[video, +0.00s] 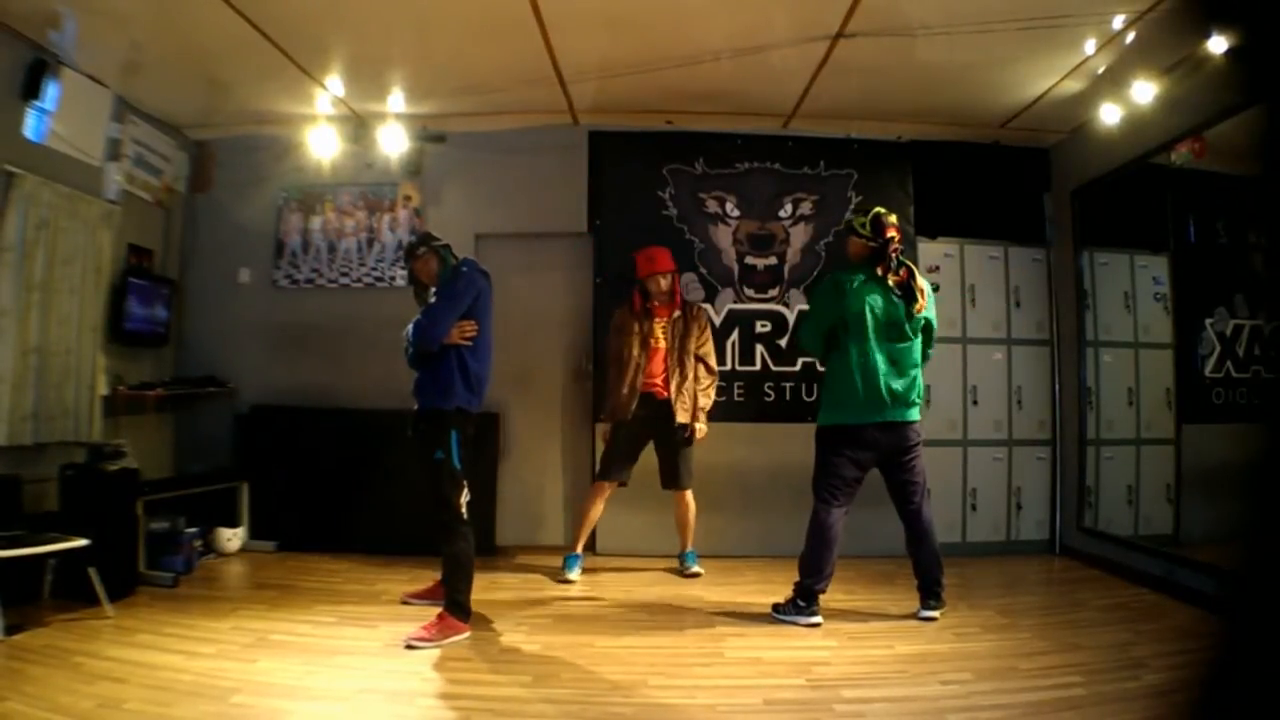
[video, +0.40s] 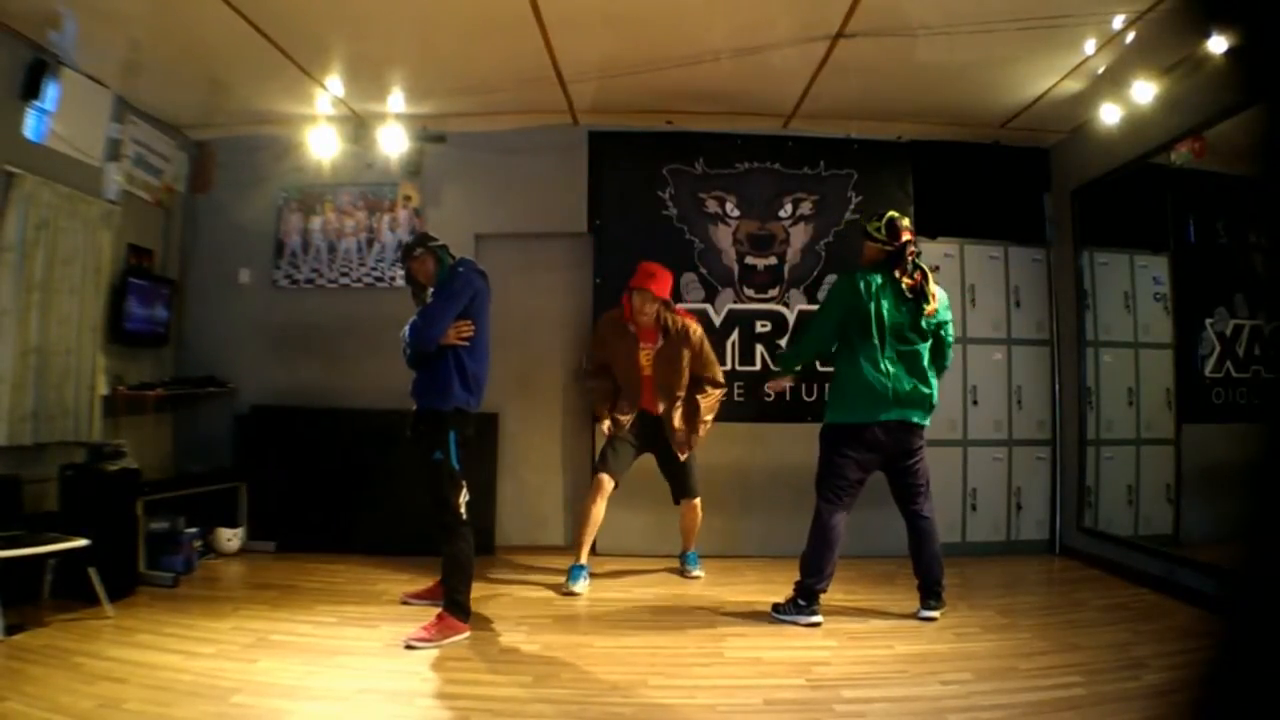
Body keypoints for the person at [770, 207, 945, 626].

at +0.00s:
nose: (842, 243)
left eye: (848, 236)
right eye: (846, 235)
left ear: (863, 245)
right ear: (887, 246)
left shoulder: (837, 285)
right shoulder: (918, 285)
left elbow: (807, 341)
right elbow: (924, 349)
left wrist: (843, 349)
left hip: (847, 416)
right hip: (903, 417)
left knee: (830, 505)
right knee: (916, 507)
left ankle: (806, 600)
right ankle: (932, 598)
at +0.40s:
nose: (862, 249)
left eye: (868, 243)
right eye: (866, 241)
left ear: (882, 249)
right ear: (905, 249)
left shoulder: (854, 285)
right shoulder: (932, 294)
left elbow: (819, 335)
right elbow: (942, 358)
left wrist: (785, 370)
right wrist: (916, 379)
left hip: (855, 412)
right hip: (909, 416)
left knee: (832, 506)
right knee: (918, 506)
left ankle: (806, 599)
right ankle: (932, 597)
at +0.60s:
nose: (869, 251)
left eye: (875, 246)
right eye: (873, 245)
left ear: (887, 252)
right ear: (912, 254)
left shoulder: (856, 287)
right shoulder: (939, 300)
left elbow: (816, 332)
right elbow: (960, 365)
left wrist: (779, 373)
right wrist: (958, 419)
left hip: (854, 423)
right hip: (909, 426)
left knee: (835, 508)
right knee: (920, 508)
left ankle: (807, 599)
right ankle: (931, 598)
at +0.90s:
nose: (857, 262)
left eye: (863, 254)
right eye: (859, 253)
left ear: (884, 257)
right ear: (899, 258)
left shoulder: (880, 296)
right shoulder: (925, 295)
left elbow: (883, 366)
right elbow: (936, 363)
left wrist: (890, 431)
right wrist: (928, 419)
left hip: (874, 425)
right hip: (917, 424)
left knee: (835, 502)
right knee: (911, 506)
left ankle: (810, 596)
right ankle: (937, 594)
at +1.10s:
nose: (851, 271)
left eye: (859, 263)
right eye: (849, 265)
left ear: (883, 268)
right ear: (852, 274)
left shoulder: (908, 308)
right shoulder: (869, 316)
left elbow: (929, 378)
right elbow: (876, 380)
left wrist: (920, 444)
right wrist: (869, 433)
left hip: (896, 436)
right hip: (877, 434)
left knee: (853, 514)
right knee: (893, 519)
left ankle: (809, 598)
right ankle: (957, 582)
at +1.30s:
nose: (854, 291)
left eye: (858, 280)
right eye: (845, 288)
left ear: (876, 278)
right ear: (842, 296)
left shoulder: (910, 320)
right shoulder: (859, 331)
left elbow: (942, 379)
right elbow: (858, 394)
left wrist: (943, 446)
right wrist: (852, 445)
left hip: (898, 445)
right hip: (864, 446)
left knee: (851, 527)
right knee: (877, 534)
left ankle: (804, 602)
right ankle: (955, 575)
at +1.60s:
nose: (838, 304)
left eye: (839, 293)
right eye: (829, 304)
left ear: (855, 288)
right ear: (827, 314)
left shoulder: (897, 319)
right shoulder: (848, 345)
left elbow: (937, 370)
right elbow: (851, 410)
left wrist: (931, 431)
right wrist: (832, 458)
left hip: (894, 445)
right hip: (860, 448)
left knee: (845, 516)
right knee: (877, 542)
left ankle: (803, 602)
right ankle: (955, 575)